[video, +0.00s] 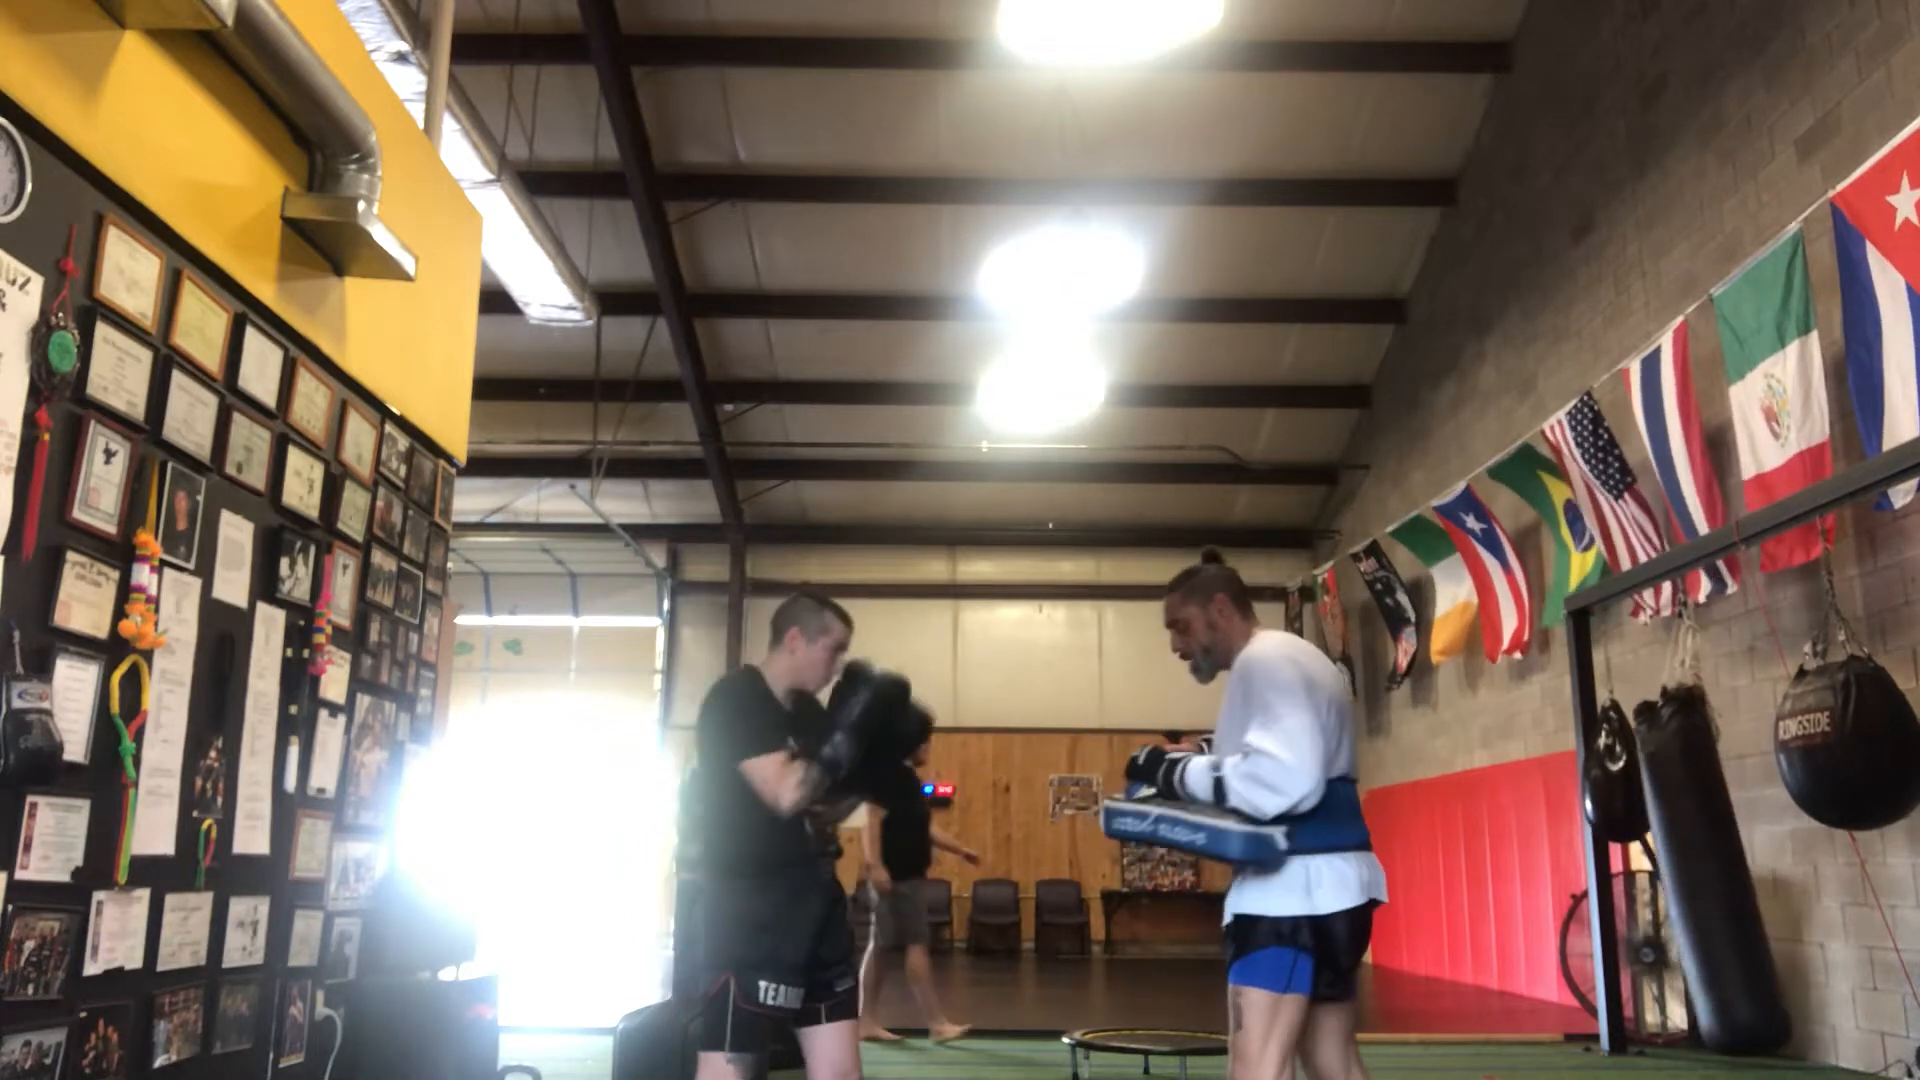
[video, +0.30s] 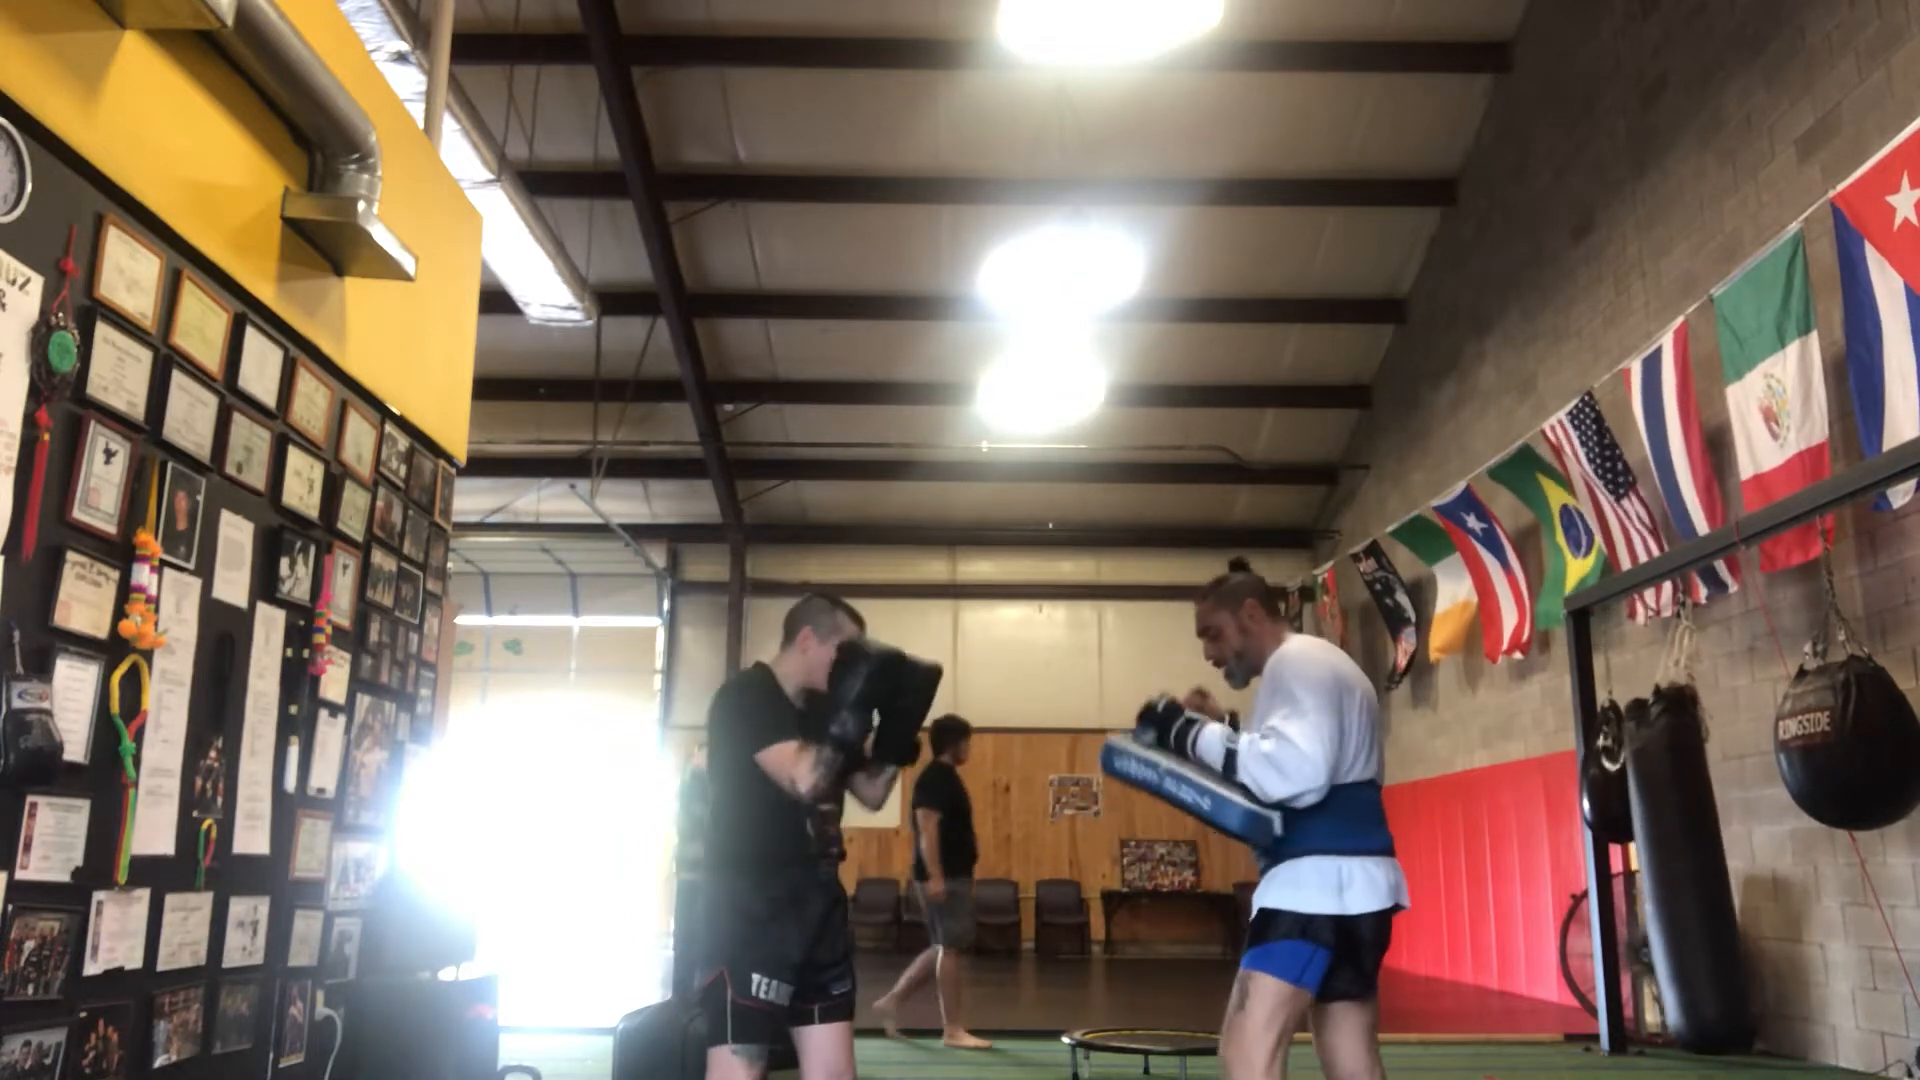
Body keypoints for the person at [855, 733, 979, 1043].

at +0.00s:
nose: (928, 748)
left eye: (928, 742)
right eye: (924, 742)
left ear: (915, 745)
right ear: (911, 743)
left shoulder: (910, 781)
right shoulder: (891, 777)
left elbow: (921, 829)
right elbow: (872, 821)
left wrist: (960, 850)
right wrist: (874, 865)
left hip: (904, 873)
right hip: (898, 875)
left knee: (878, 949)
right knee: (917, 947)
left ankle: (865, 1020)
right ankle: (937, 1023)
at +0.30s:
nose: (970, 748)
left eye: (969, 742)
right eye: (966, 742)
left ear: (944, 743)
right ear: (953, 745)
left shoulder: (947, 776)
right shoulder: (935, 777)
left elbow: (950, 829)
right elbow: (927, 828)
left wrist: (964, 873)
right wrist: (935, 875)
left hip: (954, 873)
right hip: (943, 876)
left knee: (945, 946)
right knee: (949, 948)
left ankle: (890, 1001)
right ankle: (953, 1030)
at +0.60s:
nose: (1011, 749)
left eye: (1010, 742)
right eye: (1008, 743)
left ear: (987, 744)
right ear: (995, 745)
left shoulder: (990, 777)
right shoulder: (979, 776)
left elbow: (985, 825)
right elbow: (979, 823)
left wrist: (1006, 866)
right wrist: (1012, 862)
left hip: (996, 879)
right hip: (972, 879)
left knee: (1014, 944)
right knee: (960, 949)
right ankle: (953, 1030)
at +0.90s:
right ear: (1040, 747)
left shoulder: (1046, 778)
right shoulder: (1024, 776)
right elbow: (1023, 817)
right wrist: (1049, 866)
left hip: (1042, 877)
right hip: (1020, 877)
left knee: (1051, 949)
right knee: (1016, 948)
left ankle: (1053, 1026)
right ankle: (965, 1015)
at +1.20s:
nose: (1094, 754)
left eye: (1095, 747)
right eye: (1091, 746)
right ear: (1079, 745)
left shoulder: (1078, 782)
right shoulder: (1057, 777)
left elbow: (1083, 836)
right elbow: (1052, 823)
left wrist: (1119, 856)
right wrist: (1066, 865)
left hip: (1058, 878)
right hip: (1071, 878)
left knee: (1058, 950)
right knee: (1090, 948)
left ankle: (1054, 1027)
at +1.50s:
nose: (1129, 745)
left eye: (1127, 738)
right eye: (1127, 739)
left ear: (1101, 739)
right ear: (1121, 740)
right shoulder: (1104, 775)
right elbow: (1095, 829)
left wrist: (1144, 870)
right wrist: (1100, 880)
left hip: (1101, 879)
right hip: (1122, 879)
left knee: (1092, 952)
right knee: (1135, 954)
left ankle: (1059, 1021)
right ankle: (1140, 1030)